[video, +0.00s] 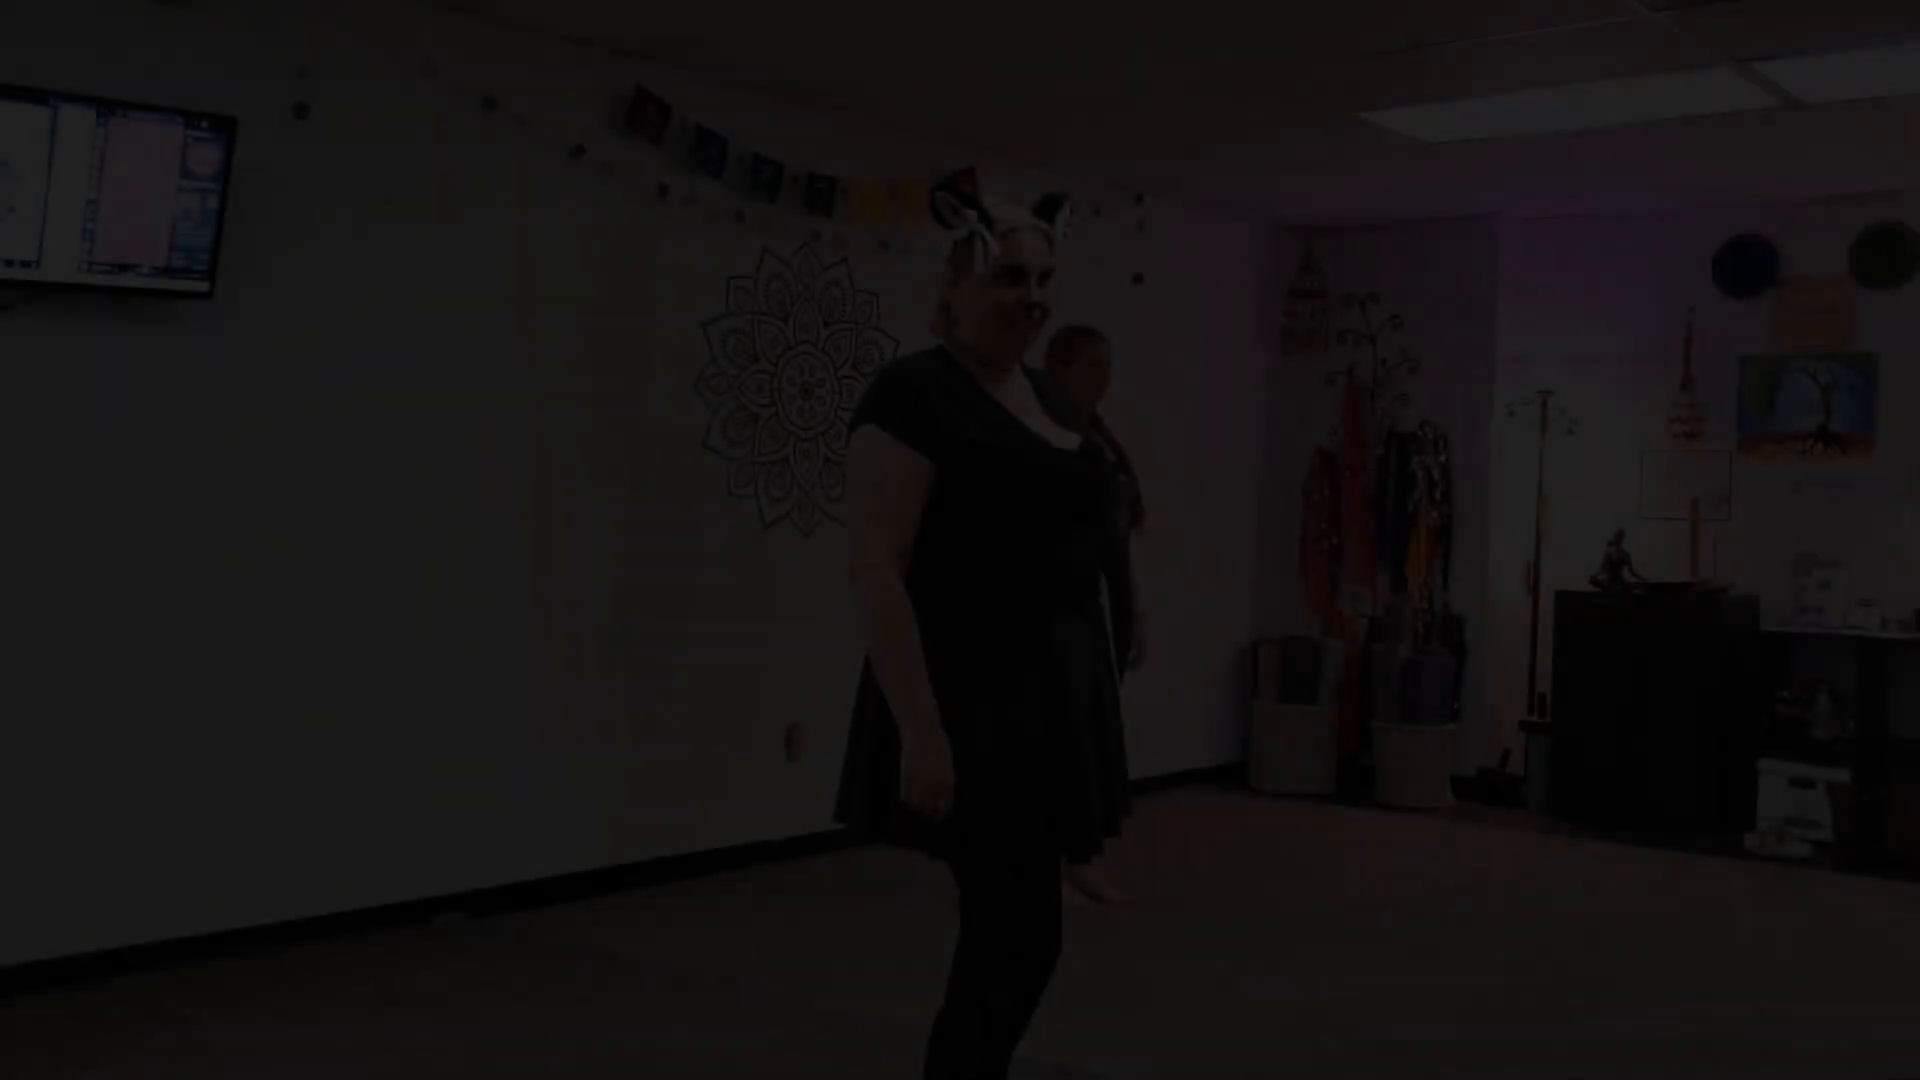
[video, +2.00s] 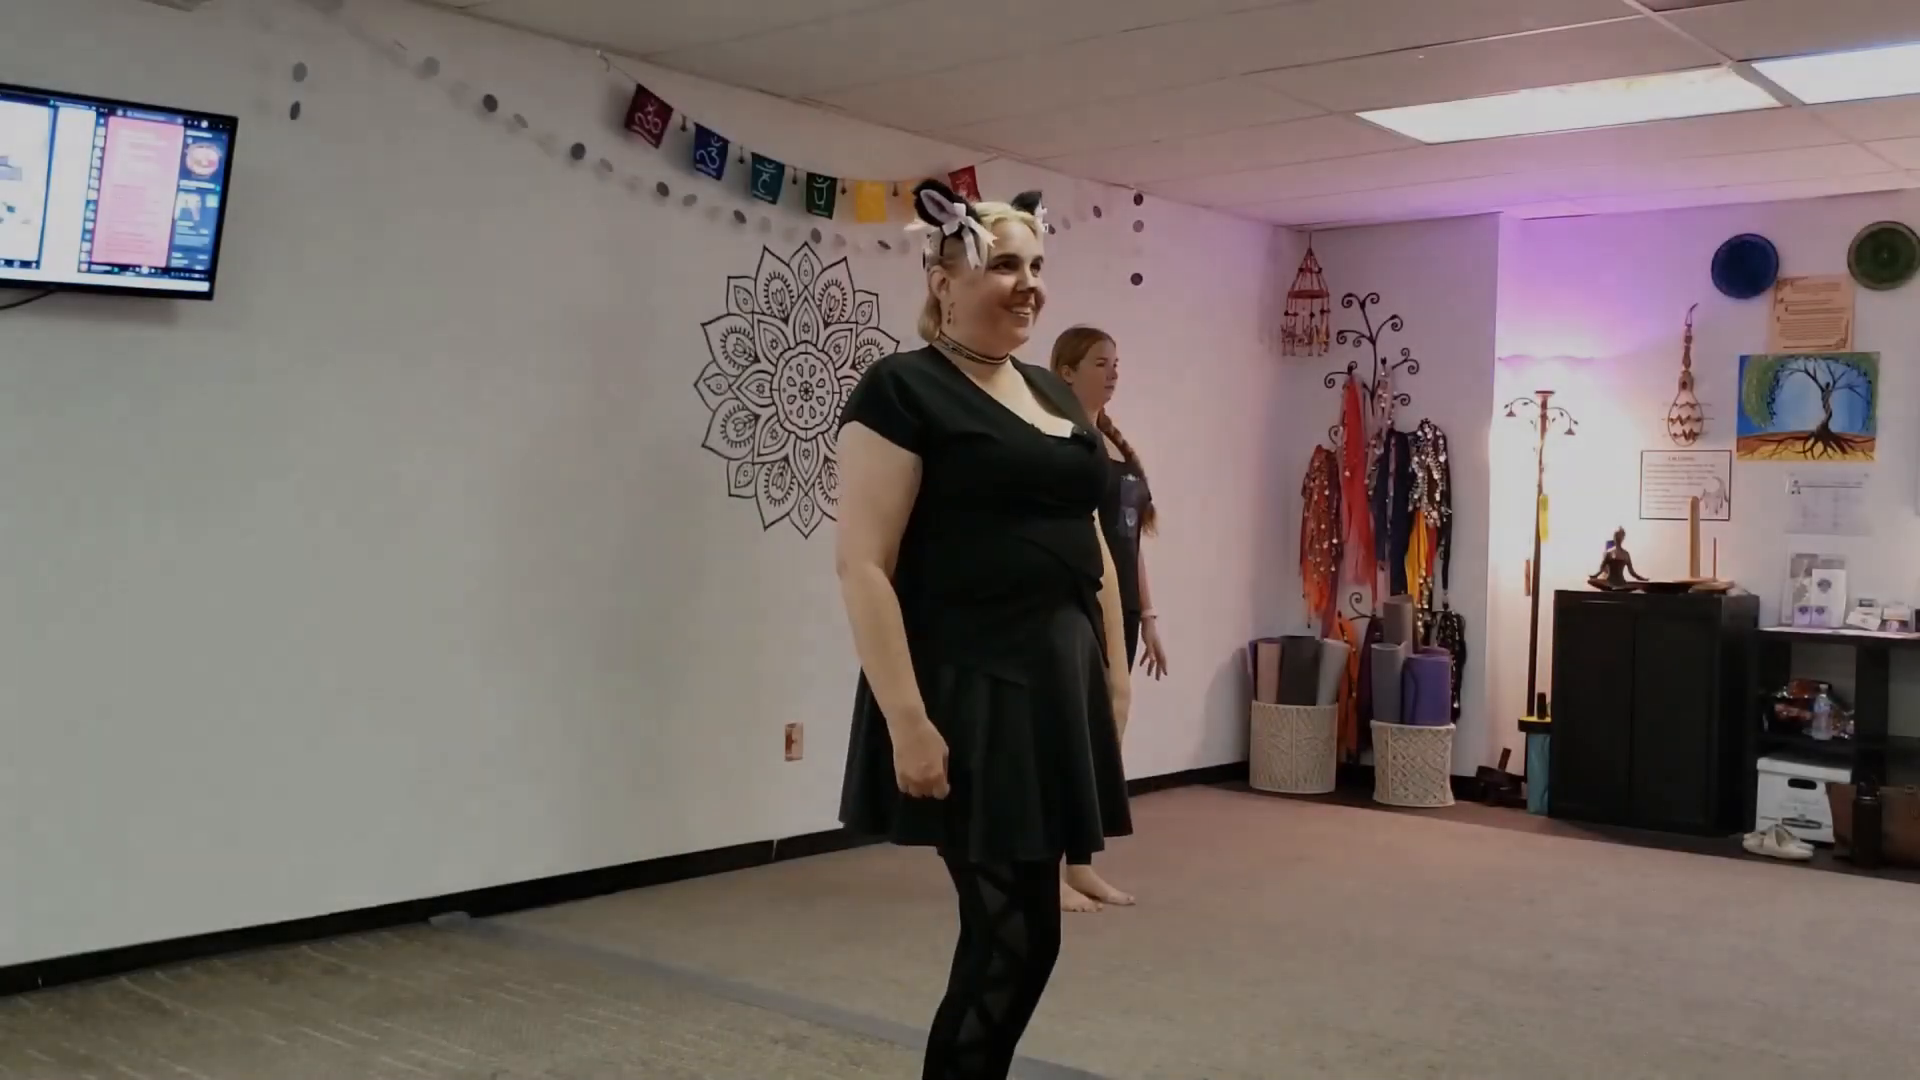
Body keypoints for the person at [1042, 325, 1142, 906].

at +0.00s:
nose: (1101, 382)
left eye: (1103, 370)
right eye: (1091, 370)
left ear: (1098, 376)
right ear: (1061, 370)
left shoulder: (1099, 441)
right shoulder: (1040, 436)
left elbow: (1119, 542)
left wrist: (1127, 622)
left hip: (1097, 618)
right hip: (1046, 617)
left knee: (1095, 734)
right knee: (1061, 735)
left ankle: (1086, 851)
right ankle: (1070, 852)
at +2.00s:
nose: (1113, 372)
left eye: (1115, 363)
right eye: (1101, 363)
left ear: (1109, 373)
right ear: (1068, 370)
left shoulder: (1113, 444)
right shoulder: (1049, 439)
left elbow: (1130, 540)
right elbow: (1048, 532)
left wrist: (1147, 619)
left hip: (1112, 602)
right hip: (1057, 602)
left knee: (1102, 721)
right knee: (1055, 725)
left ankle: (1079, 859)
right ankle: (1048, 868)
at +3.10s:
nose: (1114, 374)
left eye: (1117, 365)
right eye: (1102, 365)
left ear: (1117, 373)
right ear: (1069, 370)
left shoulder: (1119, 441)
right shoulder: (1056, 435)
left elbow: (1132, 533)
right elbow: (1055, 527)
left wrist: (1145, 611)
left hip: (1116, 601)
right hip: (1068, 600)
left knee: (1101, 721)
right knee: (1073, 721)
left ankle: (1079, 853)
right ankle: (1072, 856)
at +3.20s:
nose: (1115, 374)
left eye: (1118, 364)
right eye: (1104, 365)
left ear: (1116, 372)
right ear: (1071, 368)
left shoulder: (1116, 435)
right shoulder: (1057, 430)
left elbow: (1137, 500)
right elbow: (1061, 511)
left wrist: (1142, 520)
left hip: (1122, 591)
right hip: (1074, 593)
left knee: (1093, 723)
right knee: (1075, 724)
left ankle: (1075, 861)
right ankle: (1076, 868)